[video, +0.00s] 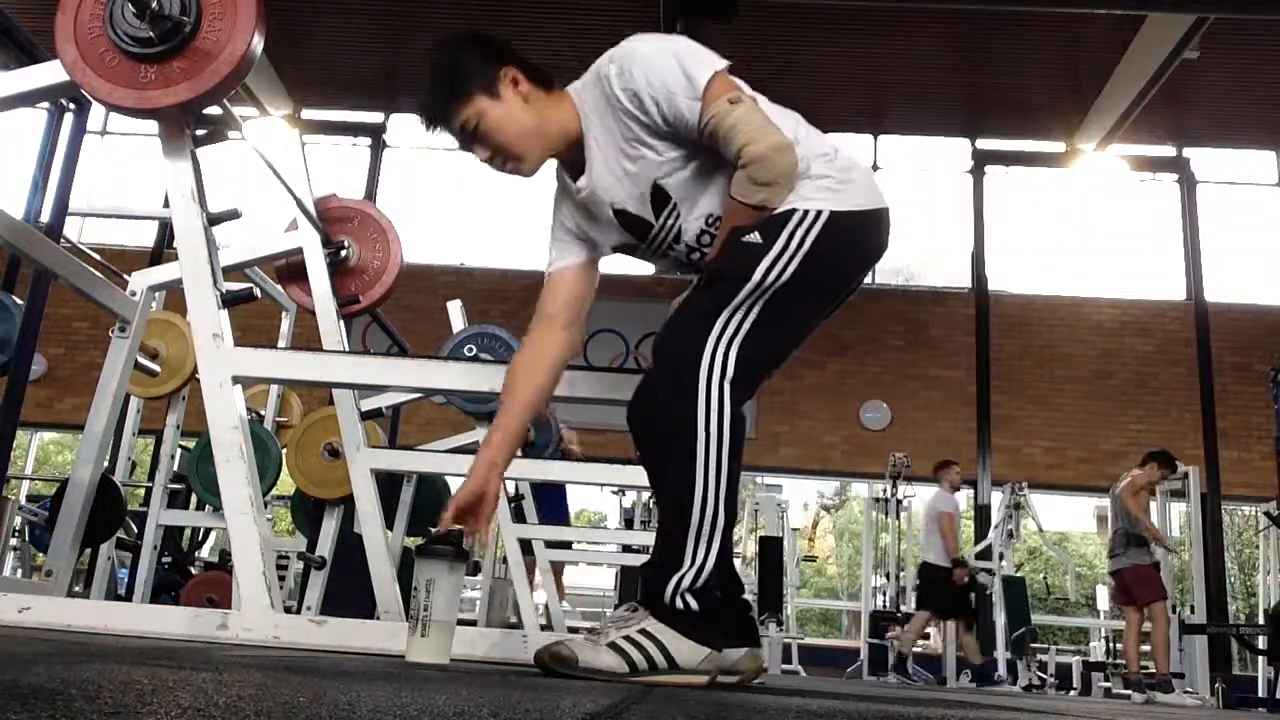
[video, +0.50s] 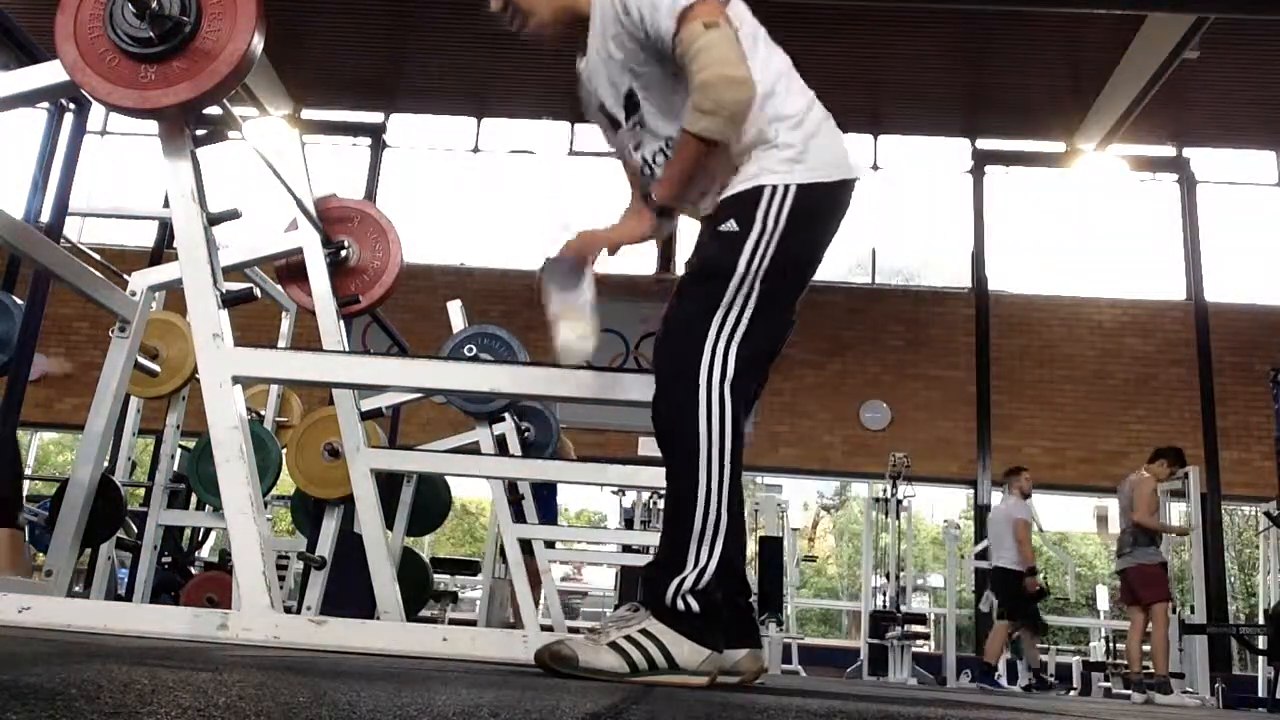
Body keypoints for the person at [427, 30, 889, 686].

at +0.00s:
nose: (482, 154)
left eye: (476, 130)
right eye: (468, 146)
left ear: (515, 85)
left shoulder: (636, 65)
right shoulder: (576, 204)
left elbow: (769, 155)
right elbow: (555, 328)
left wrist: (721, 252)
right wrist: (489, 464)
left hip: (821, 201)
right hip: (760, 242)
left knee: (701, 366)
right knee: (654, 407)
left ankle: (685, 620)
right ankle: (725, 629)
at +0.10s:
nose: (475, 162)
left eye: (468, 137)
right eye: (460, 154)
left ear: (505, 89)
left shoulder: (627, 66)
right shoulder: (570, 209)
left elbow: (765, 151)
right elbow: (553, 338)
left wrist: (716, 263)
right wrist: (493, 478)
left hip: (819, 195)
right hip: (755, 239)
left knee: (705, 358)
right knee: (654, 406)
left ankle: (684, 620)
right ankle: (724, 627)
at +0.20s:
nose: (472, 142)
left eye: (466, 117)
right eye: (459, 133)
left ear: (503, 70)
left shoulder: (627, 51)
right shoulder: (567, 192)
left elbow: (759, 143)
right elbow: (565, 324)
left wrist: (705, 269)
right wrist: (518, 452)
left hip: (814, 188)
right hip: (750, 229)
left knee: (705, 359)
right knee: (660, 402)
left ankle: (685, 621)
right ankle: (723, 628)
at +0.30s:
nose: (473, 105)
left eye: (468, 80)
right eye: (461, 98)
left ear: (507, 33)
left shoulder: (631, 29)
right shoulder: (570, 160)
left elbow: (750, 133)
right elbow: (597, 290)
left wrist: (694, 267)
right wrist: (546, 392)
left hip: (807, 179)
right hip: (747, 219)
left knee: (703, 368)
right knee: (669, 401)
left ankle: (683, 621)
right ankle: (726, 628)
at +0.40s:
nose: (484, 56)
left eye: (478, 33)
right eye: (473, 50)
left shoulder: (630, 10)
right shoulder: (583, 121)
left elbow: (743, 118)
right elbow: (628, 253)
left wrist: (674, 242)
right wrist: (585, 301)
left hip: (798, 172)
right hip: (746, 200)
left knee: (703, 379)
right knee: (677, 395)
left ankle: (684, 622)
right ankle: (728, 630)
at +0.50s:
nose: (510, 18)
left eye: (511, 1)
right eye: (505, 13)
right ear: (526, 17)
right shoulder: (598, 78)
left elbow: (724, 84)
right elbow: (653, 204)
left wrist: (660, 195)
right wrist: (605, 236)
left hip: (786, 167)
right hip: (744, 189)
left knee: (698, 377)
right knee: (691, 393)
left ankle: (690, 622)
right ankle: (726, 631)